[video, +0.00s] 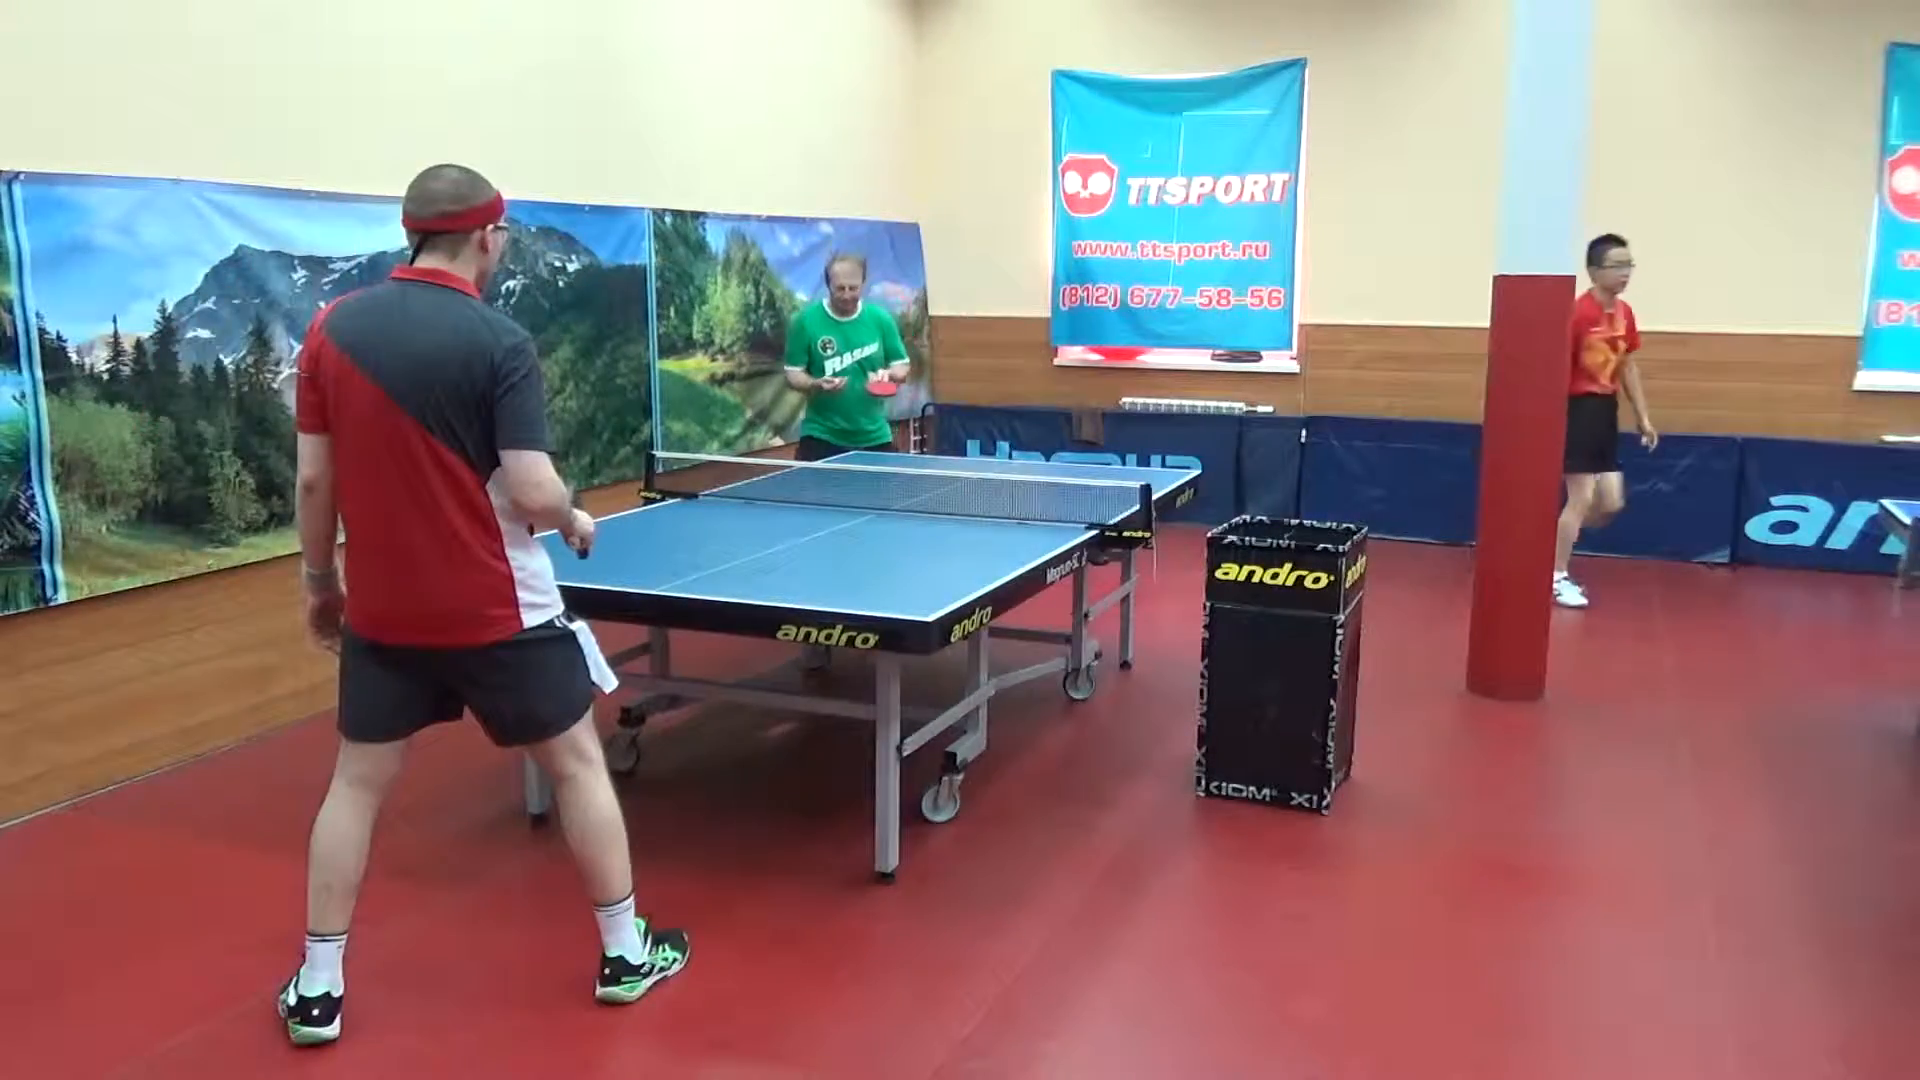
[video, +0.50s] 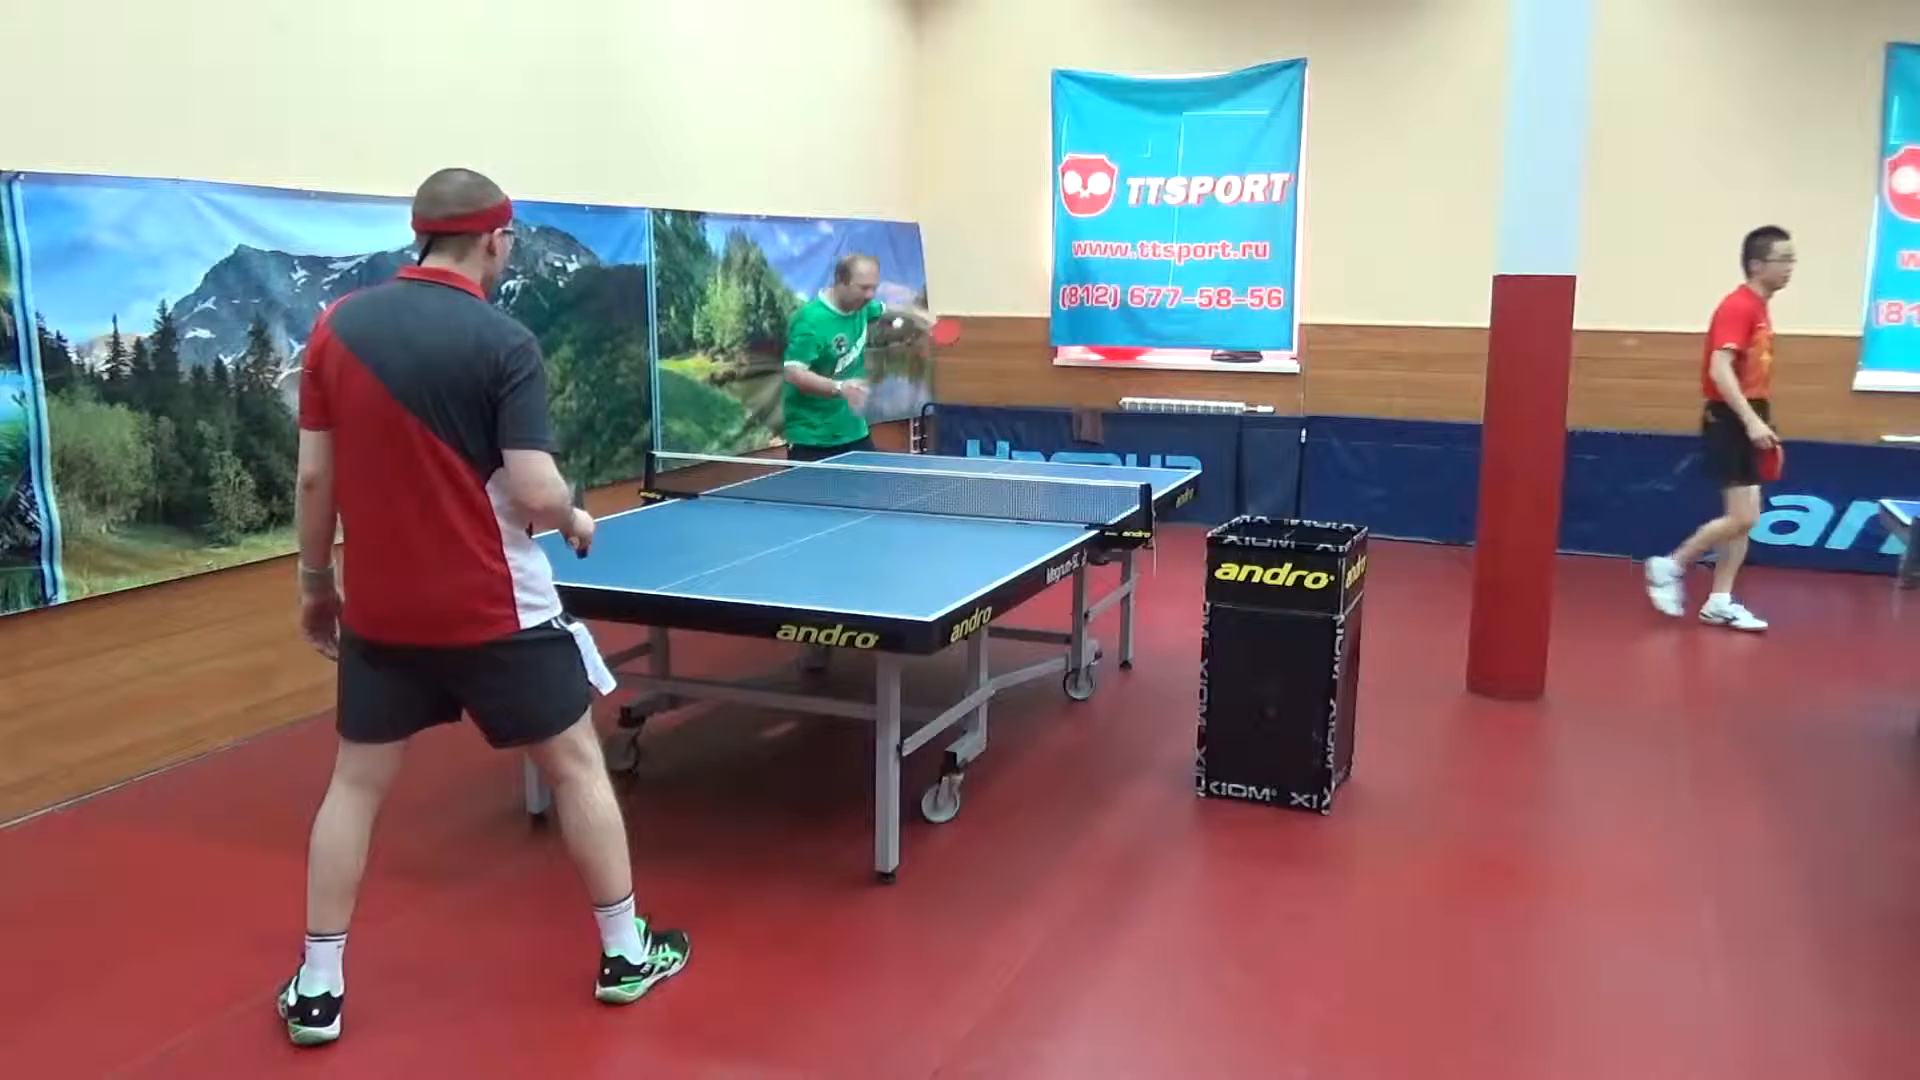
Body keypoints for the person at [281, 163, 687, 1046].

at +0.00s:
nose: (504, 248)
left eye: (498, 234)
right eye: (502, 235)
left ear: (412, 236)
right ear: (487, 236)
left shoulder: (333, 327)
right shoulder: (498, 342)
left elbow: (314, 476)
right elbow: (528, 491)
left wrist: (319, 578)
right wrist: (570, 518)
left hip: (382, 606)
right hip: (496, 608)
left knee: (356, 783)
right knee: (576, 762)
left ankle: (316, 986)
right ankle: (626, 950)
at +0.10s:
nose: (505, 248)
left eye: (498, 234)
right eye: (503, 235)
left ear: (412, 236)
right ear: (487, 236)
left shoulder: (333, 327)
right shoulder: (498, 342)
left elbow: (314, 476)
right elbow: (528, 490)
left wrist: (317, 579)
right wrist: (571, 517)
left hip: (381, 606)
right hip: (496, 608)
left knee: (356, 783)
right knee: (576, 762)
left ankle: (316, 986)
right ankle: (626, 950)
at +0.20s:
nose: (505, 249)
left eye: (500, 235)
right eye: (503, 236)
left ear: (413, 236)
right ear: (487, 237)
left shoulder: (334, 326)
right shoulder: (498, 342)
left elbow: (313, 476)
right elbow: (529, 492)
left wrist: (315, 579)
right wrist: (572, 519)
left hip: (381, 605)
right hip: (495, 606)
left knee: (356, 784)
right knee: (576, 763)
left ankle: (317, 987)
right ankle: (625, 948)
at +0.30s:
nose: (507, 251)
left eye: (501, 238)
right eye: (505, 238)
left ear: (416, 237)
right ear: (489, 237)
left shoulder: (334, 326)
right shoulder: (499, 342)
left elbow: (313, 476)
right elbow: (530, 493)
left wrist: (314, 579)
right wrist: (572, 519)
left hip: (380, 604)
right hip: (496, 606)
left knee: (356, 783)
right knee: (576, 762)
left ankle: (316, 988)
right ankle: (625, 948)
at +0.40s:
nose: (509, 250)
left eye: (502, 237)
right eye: (507, 237)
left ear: (418, 238)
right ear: (491, 238)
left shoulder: (336, 326)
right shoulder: (501, 343)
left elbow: (314, 475)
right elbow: (531, 493)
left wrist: (314, 579)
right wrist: (571, 519)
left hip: (380, 605)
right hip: (496, 607)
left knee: (356, 783)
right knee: (576, 763)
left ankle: (316, 988)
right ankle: (626, 948)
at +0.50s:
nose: (509, 253)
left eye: (503, 239)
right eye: (509, 240)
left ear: (420, 237)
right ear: (494, 238)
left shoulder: (338, 326)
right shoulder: (503, 341)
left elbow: (314, 475)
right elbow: (531, 492)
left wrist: (315, 579)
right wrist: (570, 518)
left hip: (380, 606)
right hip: (496, 607)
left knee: (356, 784)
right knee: (576, 765)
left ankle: (316, 988)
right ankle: (626, 949)